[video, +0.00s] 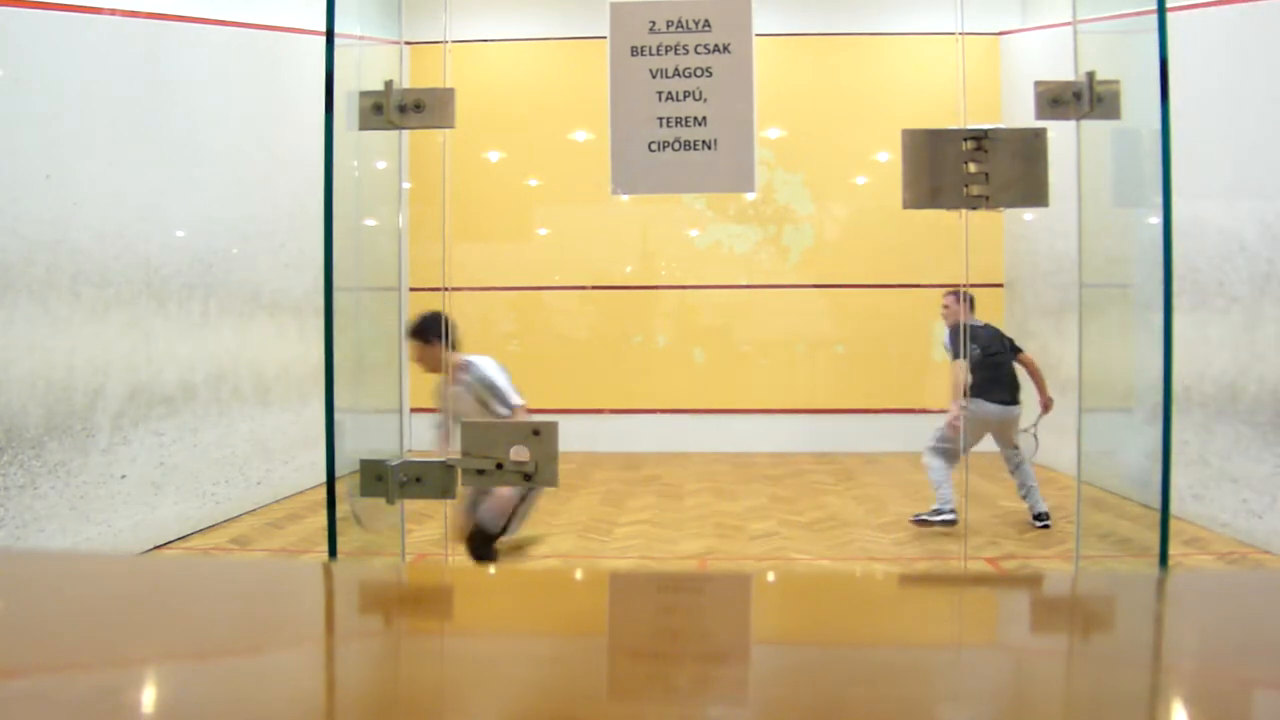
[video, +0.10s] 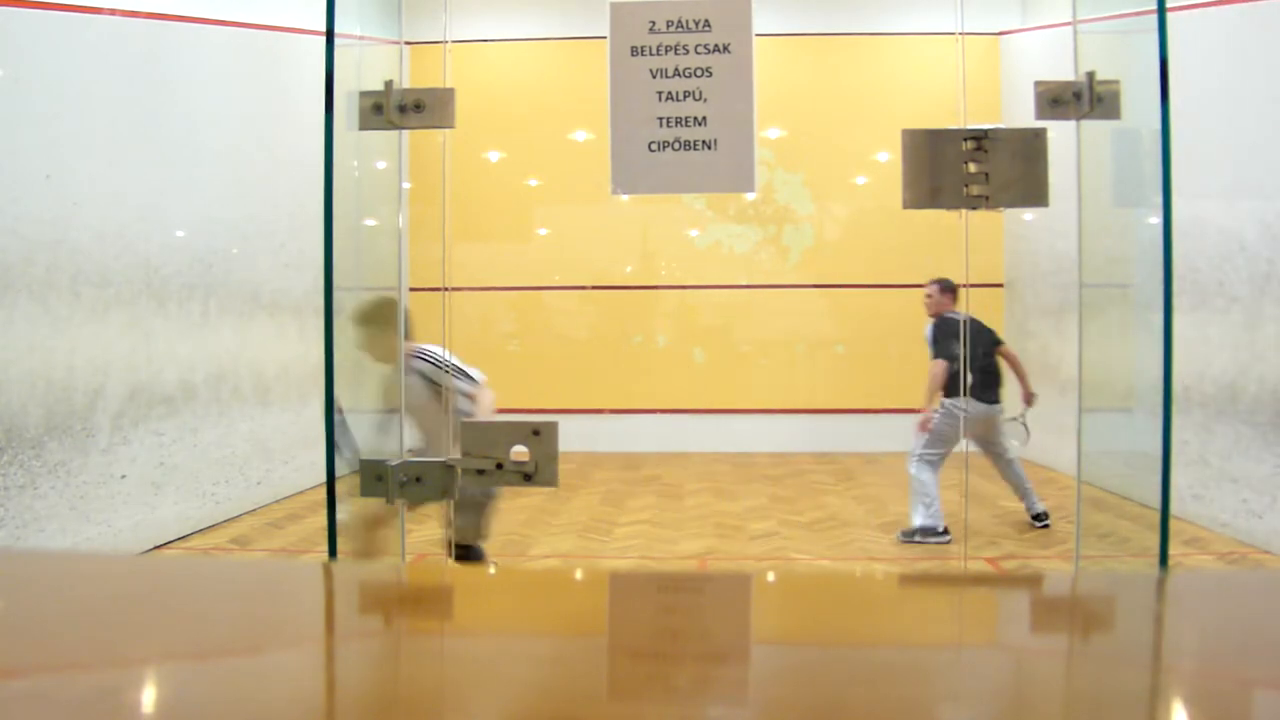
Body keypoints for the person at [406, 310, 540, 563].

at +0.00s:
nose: (415, 357)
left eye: (419, 347)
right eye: (415, 348)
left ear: (436, 344)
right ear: (435, 345)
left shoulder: (479, 369)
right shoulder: (445, 386)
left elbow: (520, 416)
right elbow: (446, 436)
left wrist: (509, 481)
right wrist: (443, 473)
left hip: (516, 468)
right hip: (486, 468)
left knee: (481, 539)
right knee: (471, 534)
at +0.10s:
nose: (365, 347)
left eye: (369, 336)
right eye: (364, 337)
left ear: (388, 332)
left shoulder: (426, 357)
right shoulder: (400, 376)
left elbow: (482, 392)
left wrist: (475, 443)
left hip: (471, 462)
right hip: (439, 459)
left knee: (463, 545)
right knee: (371, 522)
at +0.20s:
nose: (302, 337)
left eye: (308, 326)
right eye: (302, 326)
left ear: (328, 324)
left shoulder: (375, 354)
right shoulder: (320, 370)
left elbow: (444, 370)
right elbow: (304, 415)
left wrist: (471, 398)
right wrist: (297, 425)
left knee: (376, 558)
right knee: (309, 546)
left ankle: (438, 559)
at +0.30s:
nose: (226, 340)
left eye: (231, 328)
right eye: (226, 329)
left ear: (256, 324)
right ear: (246, 326)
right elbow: (219, 430)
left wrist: (445, 400)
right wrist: (250, 400)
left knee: (285, 554)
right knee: (268, 556)